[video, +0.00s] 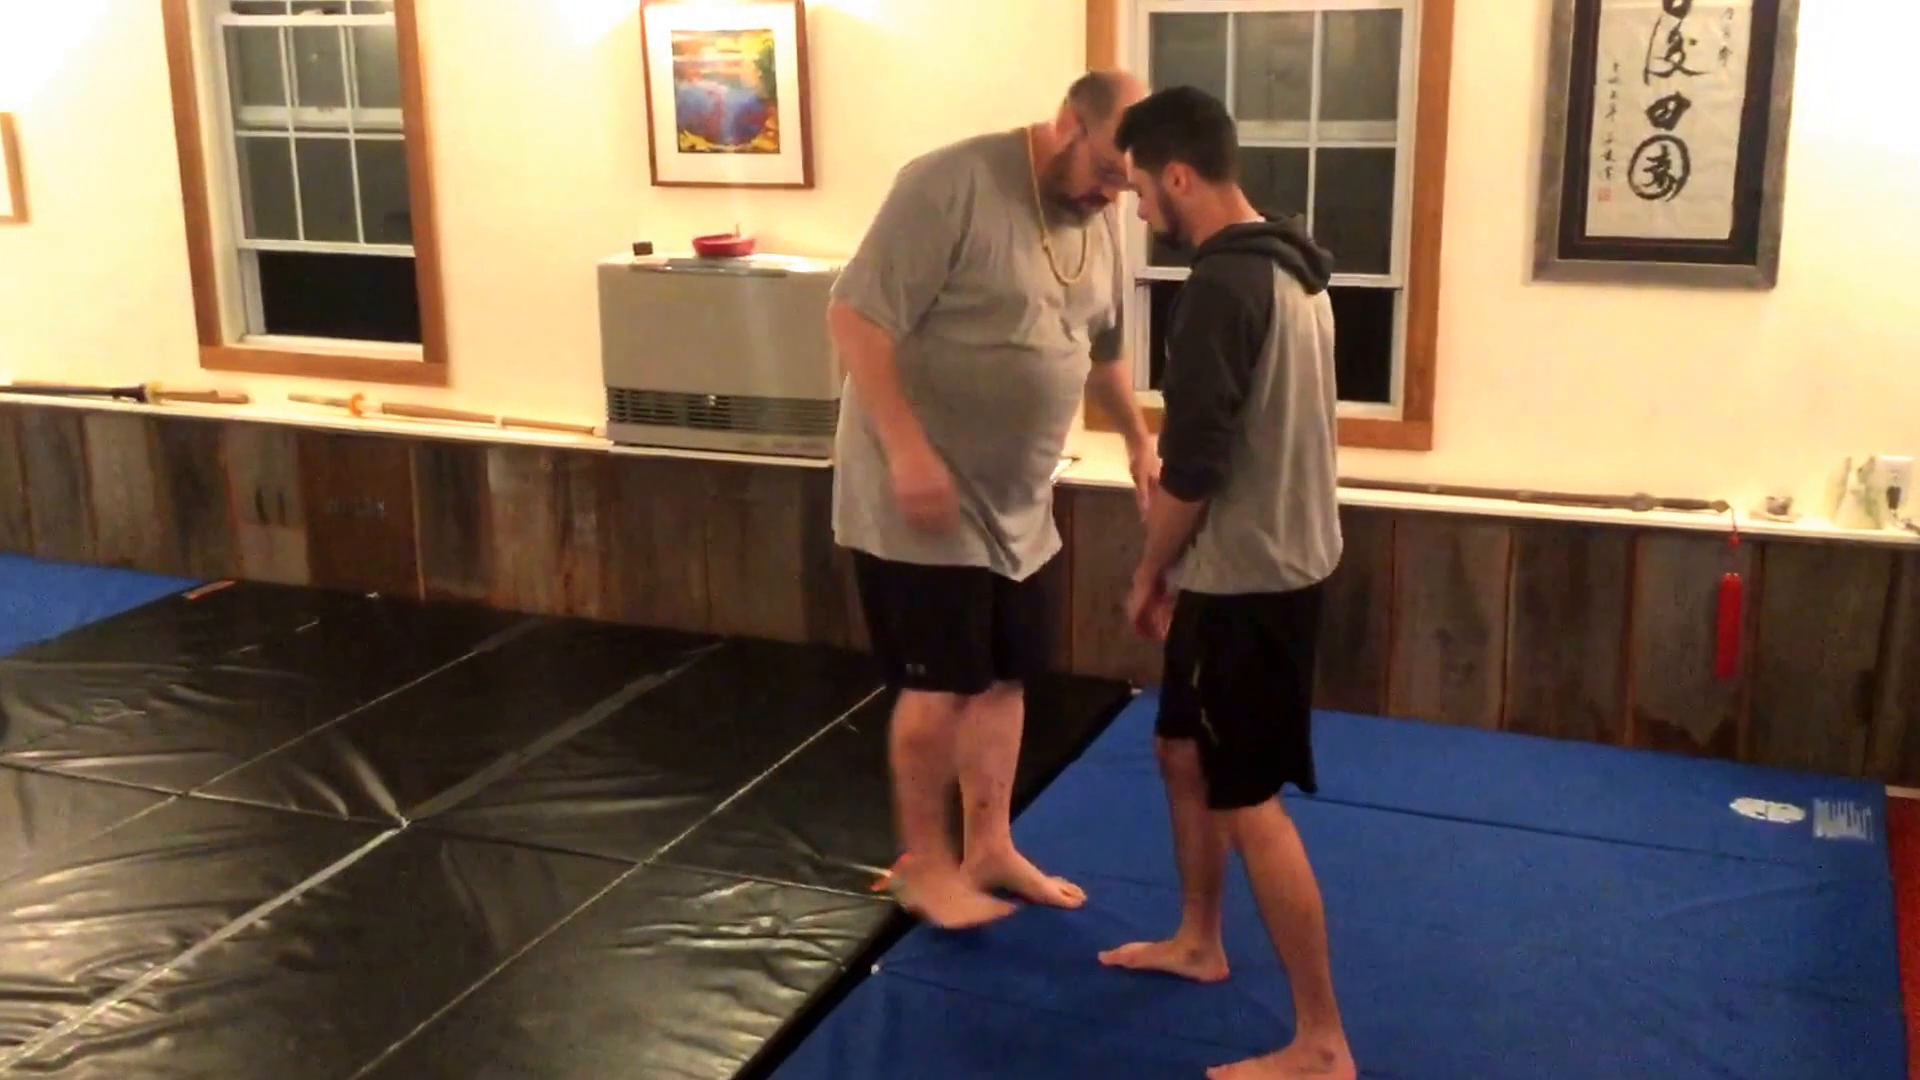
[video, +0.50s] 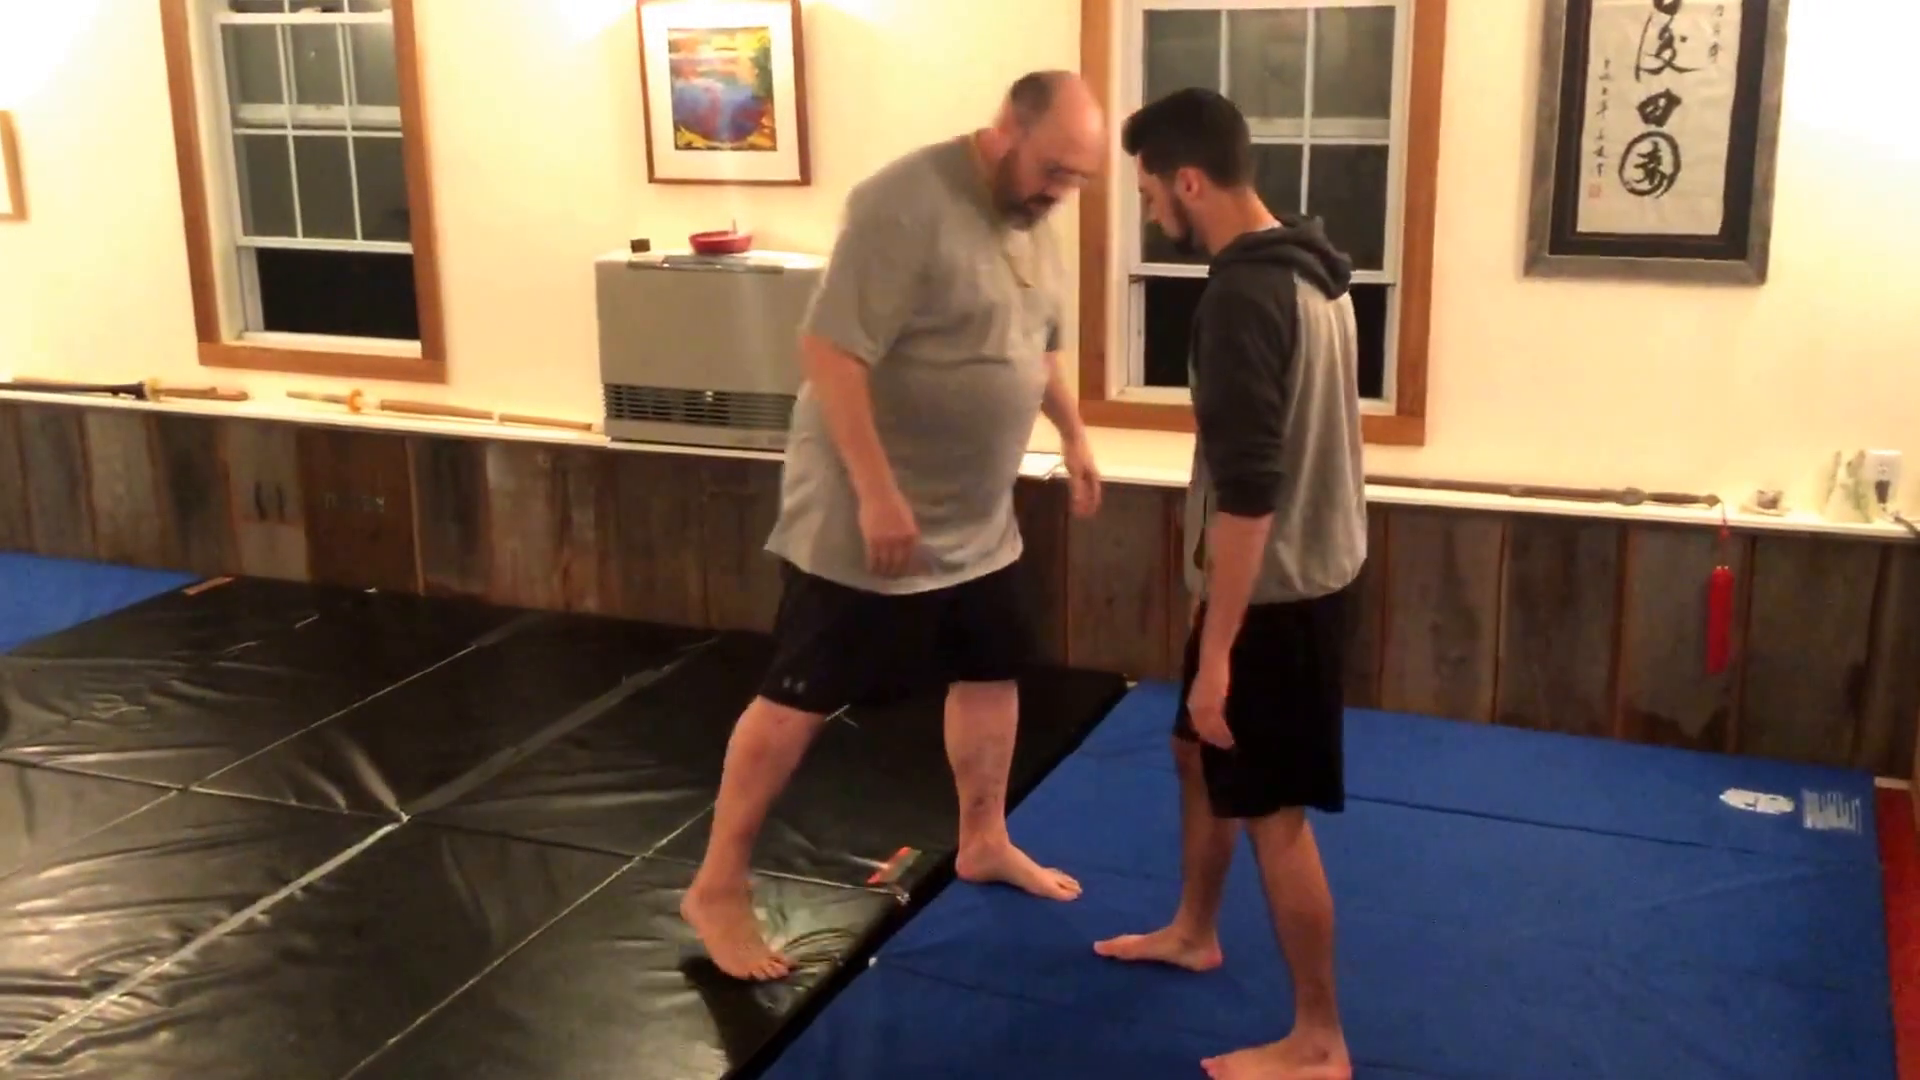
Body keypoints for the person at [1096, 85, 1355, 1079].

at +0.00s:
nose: (1141, 207)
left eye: (1141, 186)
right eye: (1136, 189)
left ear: (1176, 176)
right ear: (1215, 171)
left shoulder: (1224, 280)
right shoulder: (1290, 261)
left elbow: (1198, 460)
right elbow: (1263, 436)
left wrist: (1149, 570)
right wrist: (1173, 545)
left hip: (1247, 571)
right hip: (1268, 556)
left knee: (1250, 800)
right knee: (1182, 748)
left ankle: (1320, 1042)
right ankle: (1199, 939)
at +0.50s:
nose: (1152, 211)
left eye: (1151, 191)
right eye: (1146, 193)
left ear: (1188, 181)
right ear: (1228, 174)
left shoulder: (1244, 293)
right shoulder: (1308, 265)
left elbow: (1250, 498)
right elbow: (1316, 438)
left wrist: (1214, 659)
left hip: (1273, 592)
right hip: (1292, 572)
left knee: (1275, 817)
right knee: (1200, 744)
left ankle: (1317, 1040)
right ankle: (1192, 929)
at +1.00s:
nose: (1156, 185)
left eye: (1162, 164)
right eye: (1156, 166)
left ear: (1207, 163)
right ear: (1238, 162)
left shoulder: (1242, 287)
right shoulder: (1299, 261)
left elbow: (1227, 477)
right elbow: (1289, 439)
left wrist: (1164, 605)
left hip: (1258, 582)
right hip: (1263, 567)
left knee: (1263, 807)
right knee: (1184, 744)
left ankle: (1315, 1031)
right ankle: (1184, 919)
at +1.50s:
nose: (1150, 171)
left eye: (1158, 151)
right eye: (1151, 151)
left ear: (1203, 157)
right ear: (1233, 156)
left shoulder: (1236, 282)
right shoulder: (1288, 255)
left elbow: (1223, 472)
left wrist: (1168, 605)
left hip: (1253, 574)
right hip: (1251, 560)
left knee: (1262, 795)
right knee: (1180, 740)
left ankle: (1312, 1024)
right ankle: (1181, 914)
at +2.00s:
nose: (1147, 166)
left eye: (1157, 148)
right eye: (1149, 148)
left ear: (1203, 157)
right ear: (1231, 156)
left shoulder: (1226, 283)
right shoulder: (1284, 255)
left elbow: (1217, 478)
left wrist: (1166, 621)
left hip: (1242, 578)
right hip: (1245, 559)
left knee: (1260, 795)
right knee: (1172, 731)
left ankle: (1309, 1018)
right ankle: (1179, 909)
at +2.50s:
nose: (1142, 162)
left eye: (1151, 143)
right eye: (1145, 142)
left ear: (1197, 154)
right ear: (1226, 153)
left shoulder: (1216, 282)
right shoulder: (1274, 257)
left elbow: (1196, 472)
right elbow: (1268, 429)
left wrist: (1133, 600)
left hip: (1228, 570)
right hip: (1233, 555)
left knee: (1252, 786)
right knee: (1162, 731)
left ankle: (1307, 1013)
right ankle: (1177, 907)